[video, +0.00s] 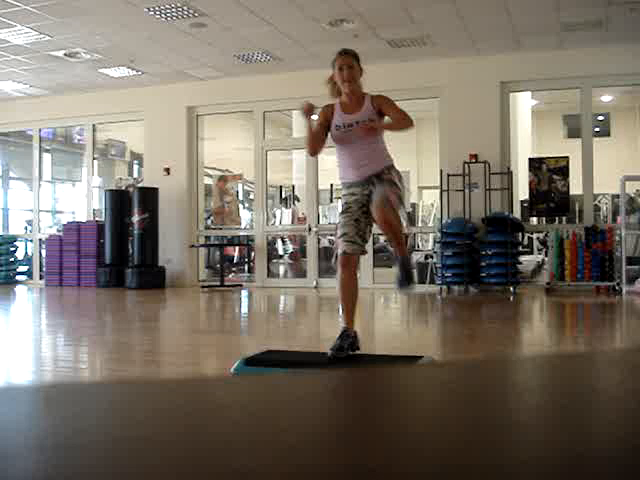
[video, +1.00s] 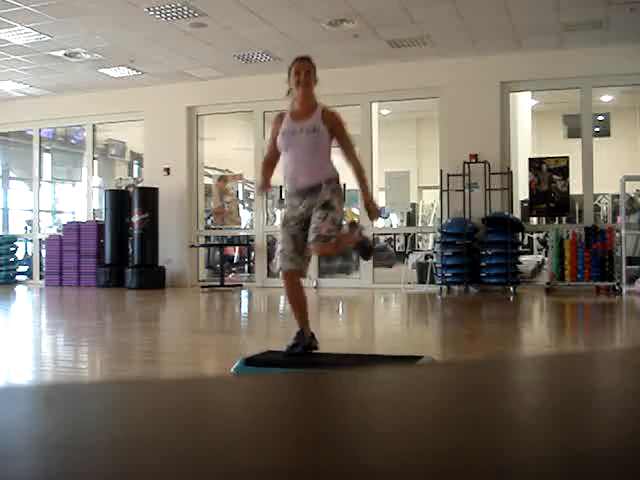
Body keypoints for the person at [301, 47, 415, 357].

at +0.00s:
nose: (346, 73)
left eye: (350, 68)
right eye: (340, 69)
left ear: (360, 72)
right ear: (333, 76)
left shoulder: (377, 102)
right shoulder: (329, 111)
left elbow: (406, 122)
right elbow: (313, 149)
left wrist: (382, 124)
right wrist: (310, 120)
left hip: (383, 177)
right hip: (352, 188)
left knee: (381, 210)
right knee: (346, 258)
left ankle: (403, 259)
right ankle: (348, 331)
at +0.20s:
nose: (341, 78)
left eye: (345, 72)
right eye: (335, 74)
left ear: (355, 77)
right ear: (328, 80)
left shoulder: (368, 113)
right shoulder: (322, 118)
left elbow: (399, 143)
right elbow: (305, 159)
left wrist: (377, 127)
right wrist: (312, 139)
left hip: (372, 189)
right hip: (340, 197)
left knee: (367, 228)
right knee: (337, 268)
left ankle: (391, 272)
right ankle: (352, 336)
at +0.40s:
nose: (340, 65)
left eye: (345, 59)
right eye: (335, 62)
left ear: (357, 65)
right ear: (331, 69)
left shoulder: (371, 95)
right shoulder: (326, 103)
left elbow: (354, 88)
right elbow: (286, 116)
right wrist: (282, 83)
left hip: (368, 181)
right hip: (334, 184)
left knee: (378, 259)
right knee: (322, 257)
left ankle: (394, 328)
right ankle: (338, 325)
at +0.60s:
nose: (336, 82)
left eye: (341, 77)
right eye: (330, 79)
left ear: (353, 82)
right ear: (324, 86)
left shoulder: (363, 114)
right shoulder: (322, 123)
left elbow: (339, 99)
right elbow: (284, 125)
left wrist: (309, 87)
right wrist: (300, 96)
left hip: (365, 203)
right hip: (332, 207)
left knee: (373, 272)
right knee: (304, 270)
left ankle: (395, 335)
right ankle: (310, 332)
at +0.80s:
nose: (316, 59)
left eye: (321, 54)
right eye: (311, 55)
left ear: (330, 60)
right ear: (304, 61)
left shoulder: (340, 90)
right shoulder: (296, 97)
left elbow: (359, 107)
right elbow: (265, 125)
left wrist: (338, 97)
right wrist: (246, 110)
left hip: (341, 172)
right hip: (308, 178)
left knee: (352, 242)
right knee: (304, 253)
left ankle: (381, 295)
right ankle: (305, 326)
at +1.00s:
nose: (302, 78)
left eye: (307, 73)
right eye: (297, 73)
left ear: (315, 78)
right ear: (289, 80)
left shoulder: (327, 117)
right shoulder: (281, 119)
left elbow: (352, 158)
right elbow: (271, 155)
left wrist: (367, 197)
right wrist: (264, 180)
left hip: (325, 191)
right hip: (294, 196)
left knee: (322, 247)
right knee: (289, 270)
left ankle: (357, 237)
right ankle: (305, 333)